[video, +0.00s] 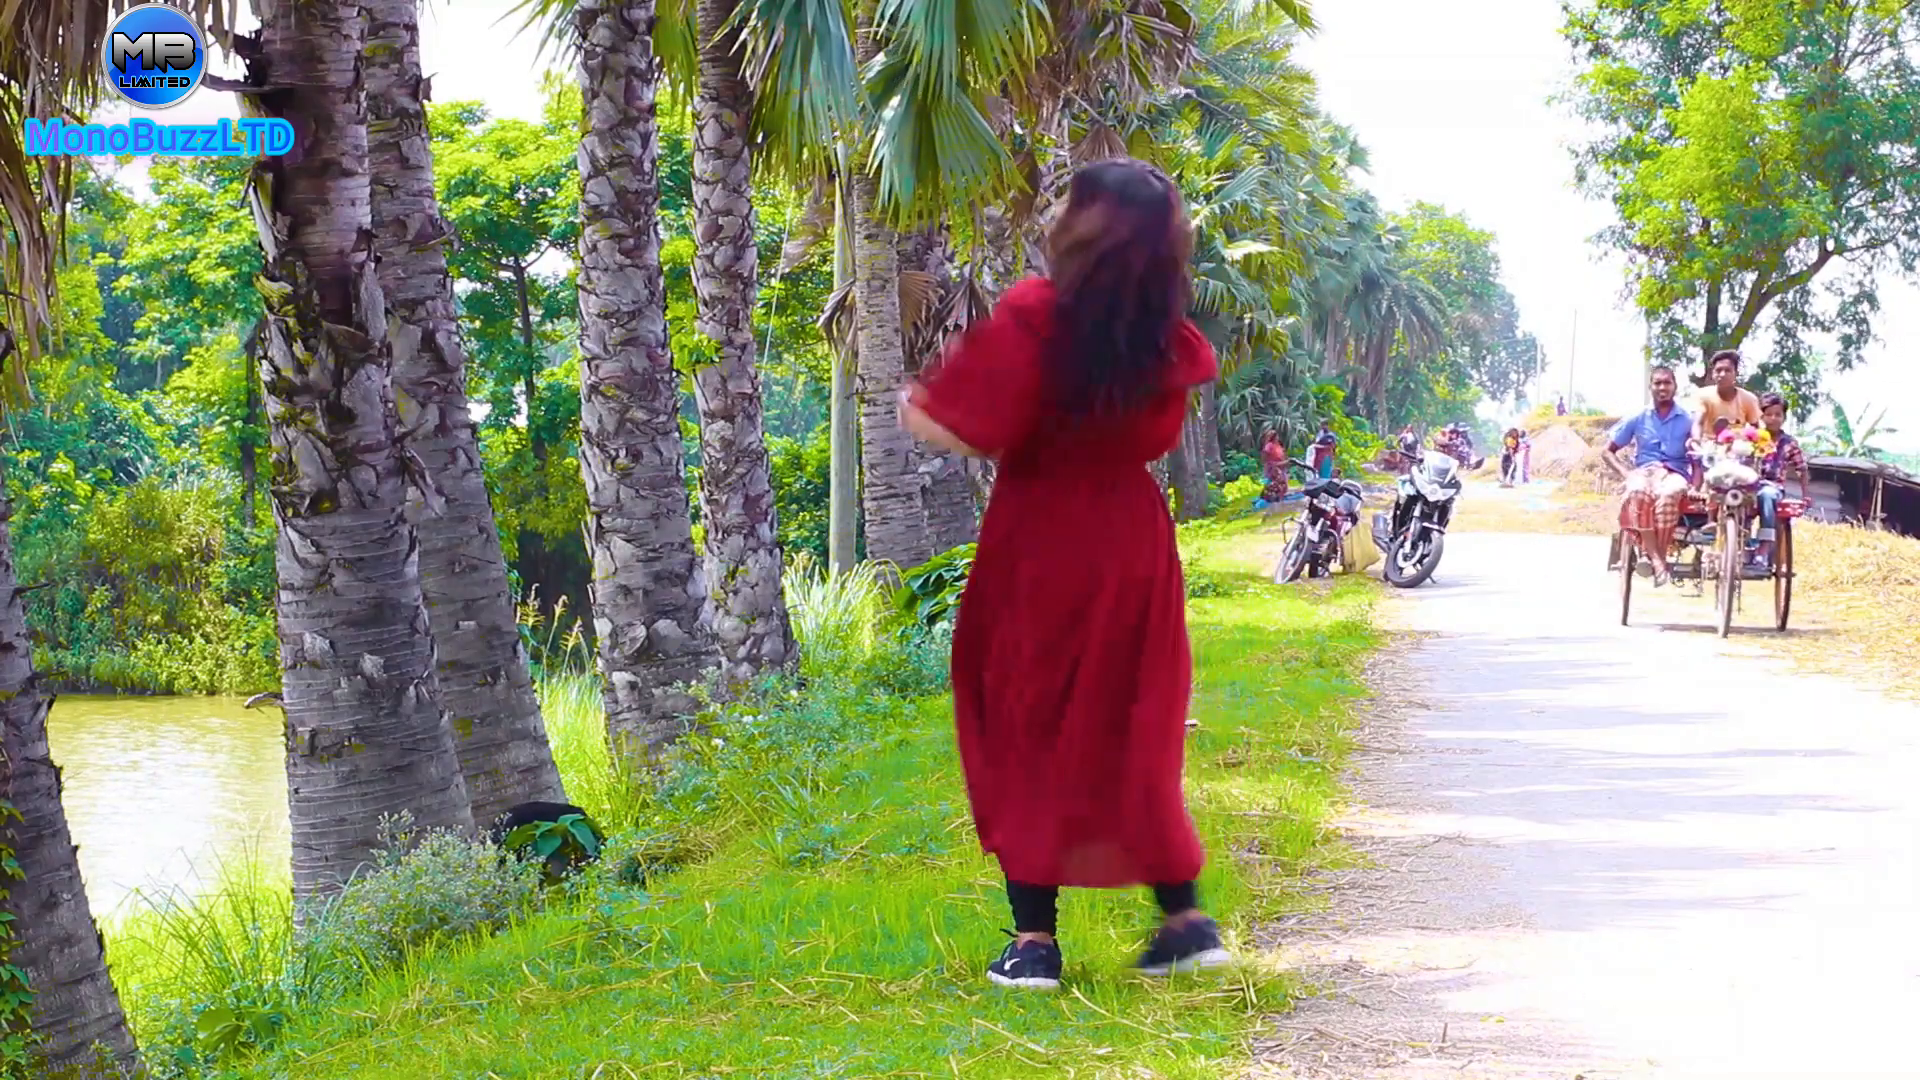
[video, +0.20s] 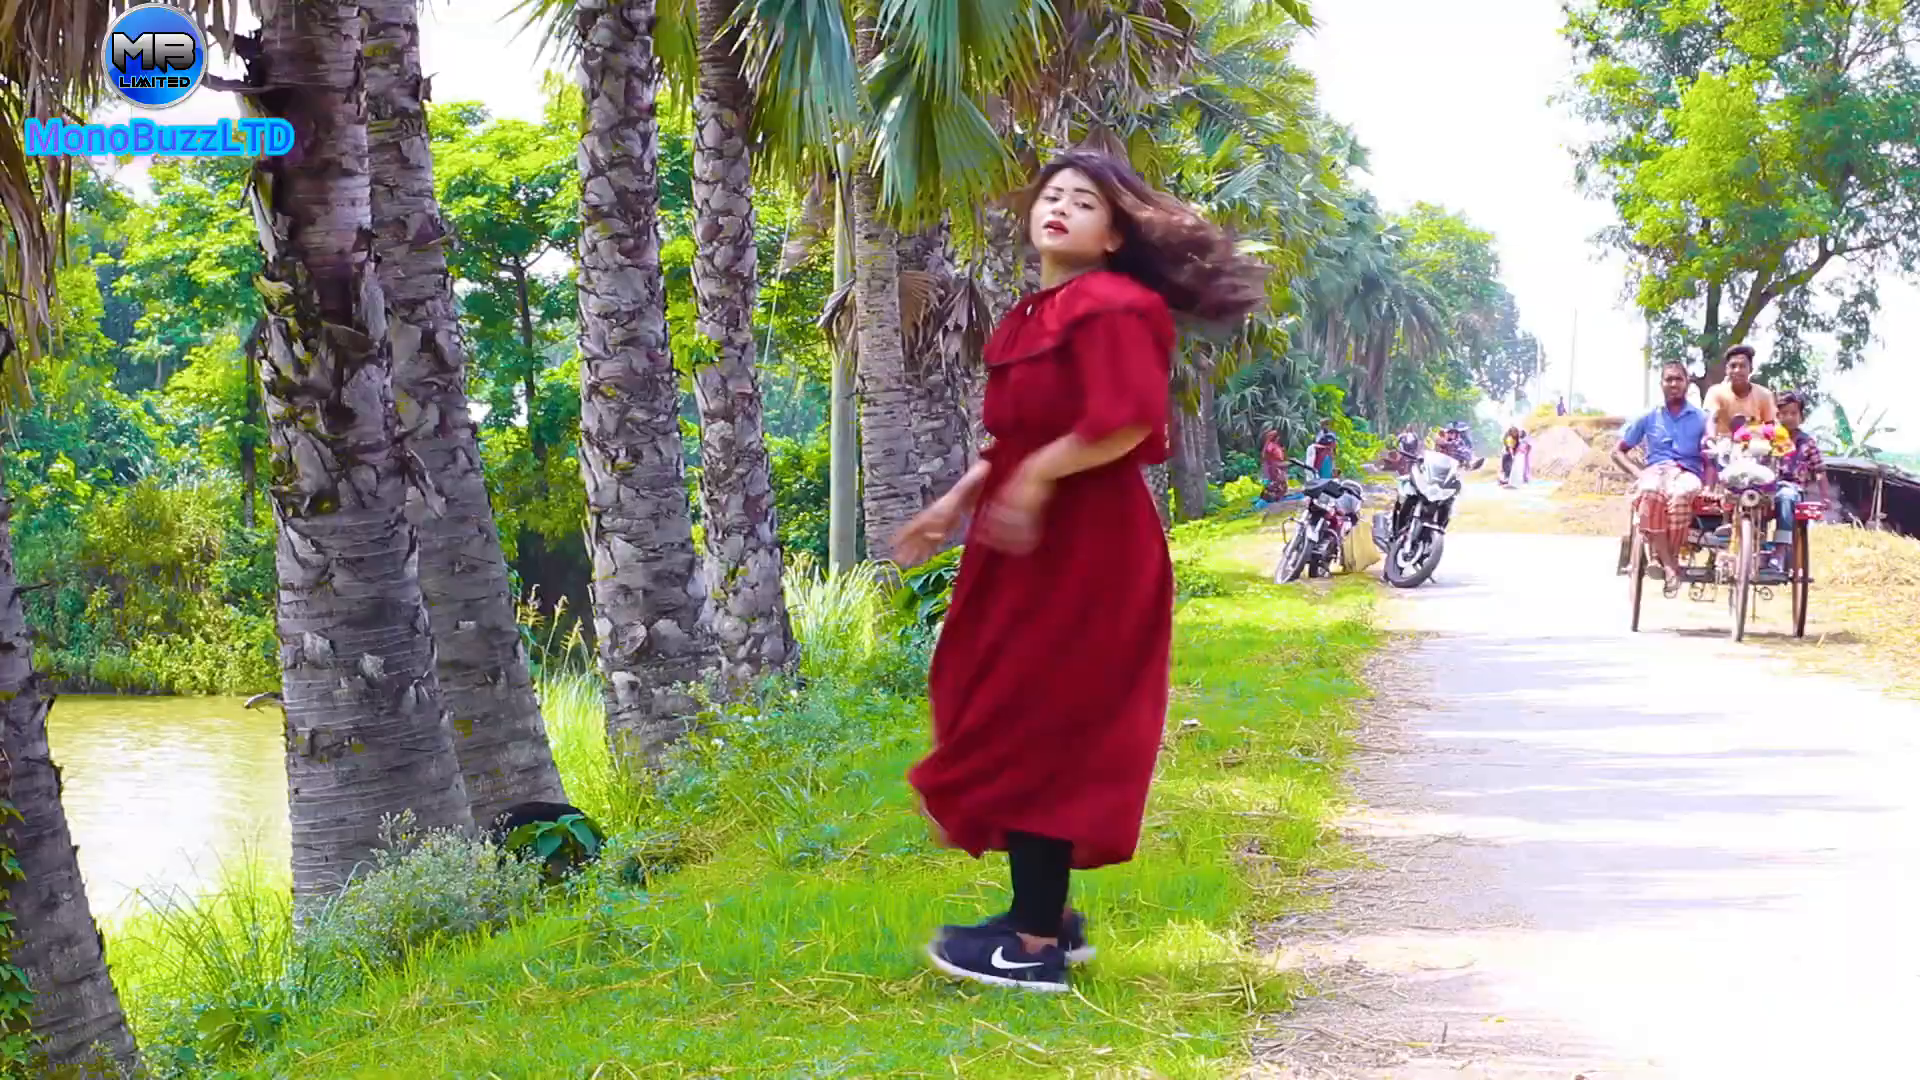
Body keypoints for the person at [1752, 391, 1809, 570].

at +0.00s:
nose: (1773, 419)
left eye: (1778, 415)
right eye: (1769, 414)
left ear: (1784, 418)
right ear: (1762, 416)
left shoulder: (1789, 443)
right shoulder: (1753, 437)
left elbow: (1801, 469)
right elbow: (1739, 460)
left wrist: (1805, 495)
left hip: (1772, 483)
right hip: (1749, 482)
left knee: (1766, 495)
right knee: (1731, 495)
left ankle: (1763, 549)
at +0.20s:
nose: (1788, 418)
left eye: (1793, 413)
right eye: (1784, 413)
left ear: (1801, 416)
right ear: (1777, 415)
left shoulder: (1806, 442)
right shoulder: (1769, 437)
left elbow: (1819, 471)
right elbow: (1757, 462)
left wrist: (1824, 497)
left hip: (1792, 483)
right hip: (1766, 482)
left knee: (1785, 496)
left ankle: (1779, 553)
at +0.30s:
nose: (1797, 416)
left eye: (1801, 411)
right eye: (1792, 411)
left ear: (1809, 413)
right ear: (1786, 414)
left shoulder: (1816, 441)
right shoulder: (1777, 436)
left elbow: (1829, 471)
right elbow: (1764, 462)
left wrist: (1834, 498)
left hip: (1799, 483)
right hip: (1774, 482)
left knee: (1794, 496)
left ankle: (1789, 553)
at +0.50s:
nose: (1815, 414)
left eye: (1820, 409)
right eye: (1810, 409)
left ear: (1827, 412)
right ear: (1803, 411)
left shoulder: (1833, 440)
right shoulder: (1793, 433)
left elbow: (1847, 470)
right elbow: (1778, 459)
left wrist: (1852, 498)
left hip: (1818, 483)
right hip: (1790, 481)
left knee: (1810, 497)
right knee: (1770, 497)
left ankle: (1805, 561)